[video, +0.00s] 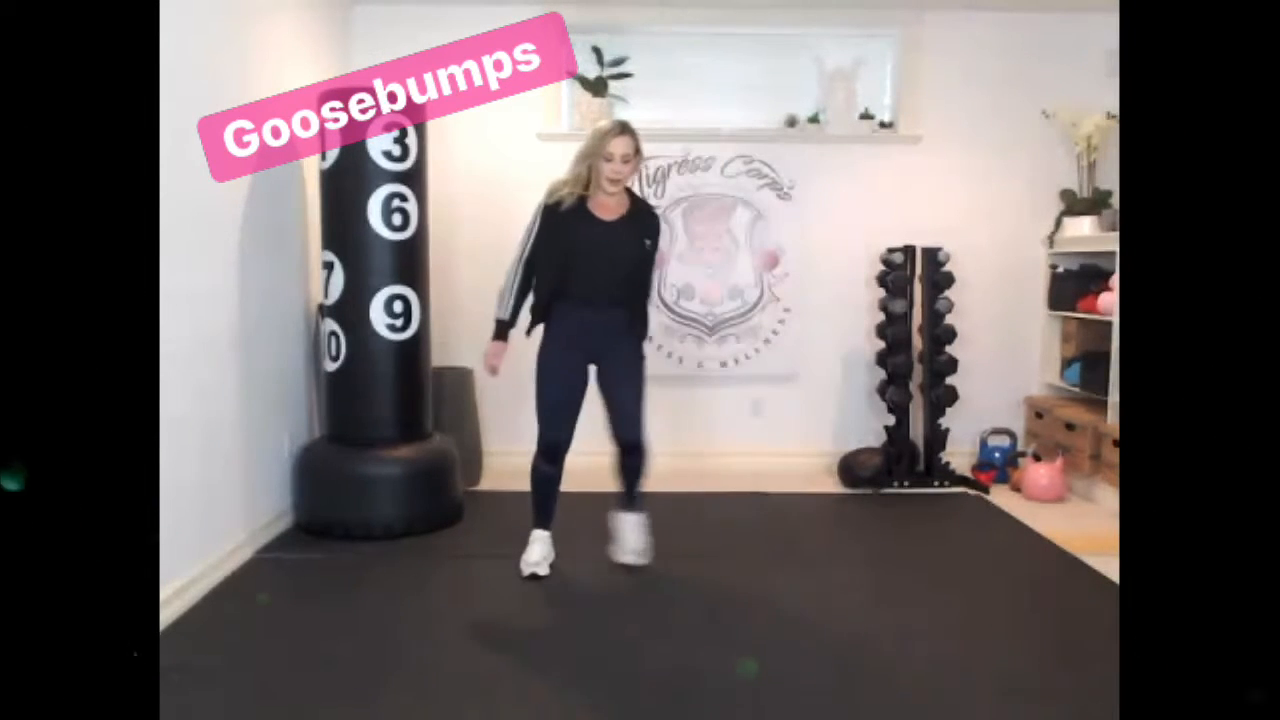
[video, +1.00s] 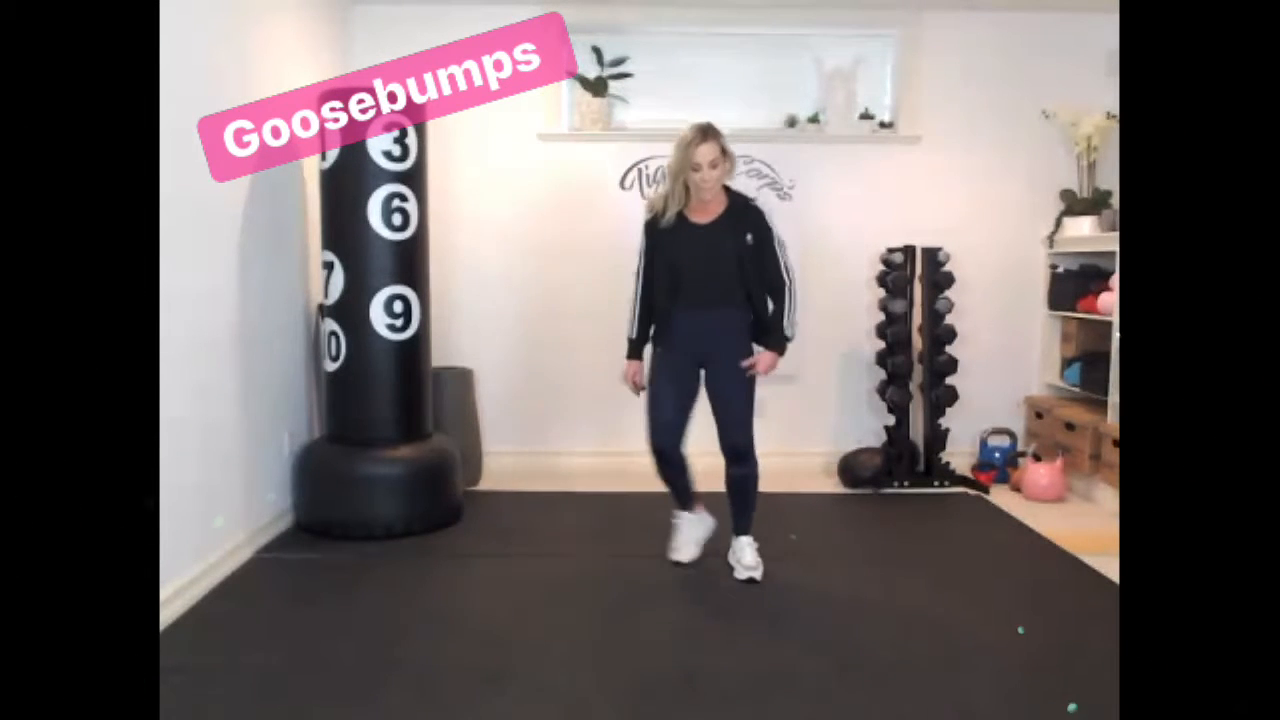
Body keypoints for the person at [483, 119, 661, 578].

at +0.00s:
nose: (619, 168)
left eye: (628, 160)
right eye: (610, 158)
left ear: (637, 164)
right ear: (593, 159)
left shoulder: (646, 218)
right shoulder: (560, 209)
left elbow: (643, 282)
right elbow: (526, 268)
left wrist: (636, 334)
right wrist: (501, 333)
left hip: (621, 337)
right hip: (563, 335)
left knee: (630, 437)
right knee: (553, 440)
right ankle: (541, 535)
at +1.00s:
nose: (707, 174)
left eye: (714, 164)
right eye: (697, 167)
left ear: (726, 164)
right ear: (683, 171)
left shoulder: (747, 215)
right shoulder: (662, 220)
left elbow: (778, 281)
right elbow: (647, 286)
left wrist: (775, 343)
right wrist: (635, 351)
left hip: (732, 342)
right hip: (675, 343)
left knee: (738, 447)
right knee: (663, 442)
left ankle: (743, 538)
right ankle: (691, 514)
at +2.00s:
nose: (584, 177)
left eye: (588, 169)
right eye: (574, 170)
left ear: (592, 171)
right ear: (551, 173)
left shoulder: (598, 222)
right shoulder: (526, 225)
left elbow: (602, 289)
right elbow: (507, 294)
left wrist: (611, 337)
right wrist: (511, 365)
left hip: (603, 336)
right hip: (555, 347)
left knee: (694, 325)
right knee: (556, 456)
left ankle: (721, 435)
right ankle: (540, 541)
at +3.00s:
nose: (707, 153)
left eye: (717, 147)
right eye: (699, 146)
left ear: (733, 159)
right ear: (688, 156)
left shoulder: (748, 211)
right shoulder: (671, 211)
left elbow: (776, 282)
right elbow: (666, 281)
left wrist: (768, 354)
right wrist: (643, 345)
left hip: (725, 334)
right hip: (673, 326)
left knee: (728, 449)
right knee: (587, 340)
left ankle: (735, 542)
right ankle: (571, 454)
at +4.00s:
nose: (611, 153)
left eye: (616, 145)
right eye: (600, 146)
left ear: (627, 155)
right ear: (582, 156)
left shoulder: (642, 212)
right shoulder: (560, 213)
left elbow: (645, 284)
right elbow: (532, 271)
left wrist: (636, 352)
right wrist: (525, 320)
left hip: (636, 328)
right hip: (581, 335)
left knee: (714, 365)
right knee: (577, 451)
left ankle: (682, 456)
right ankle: (565, 538)